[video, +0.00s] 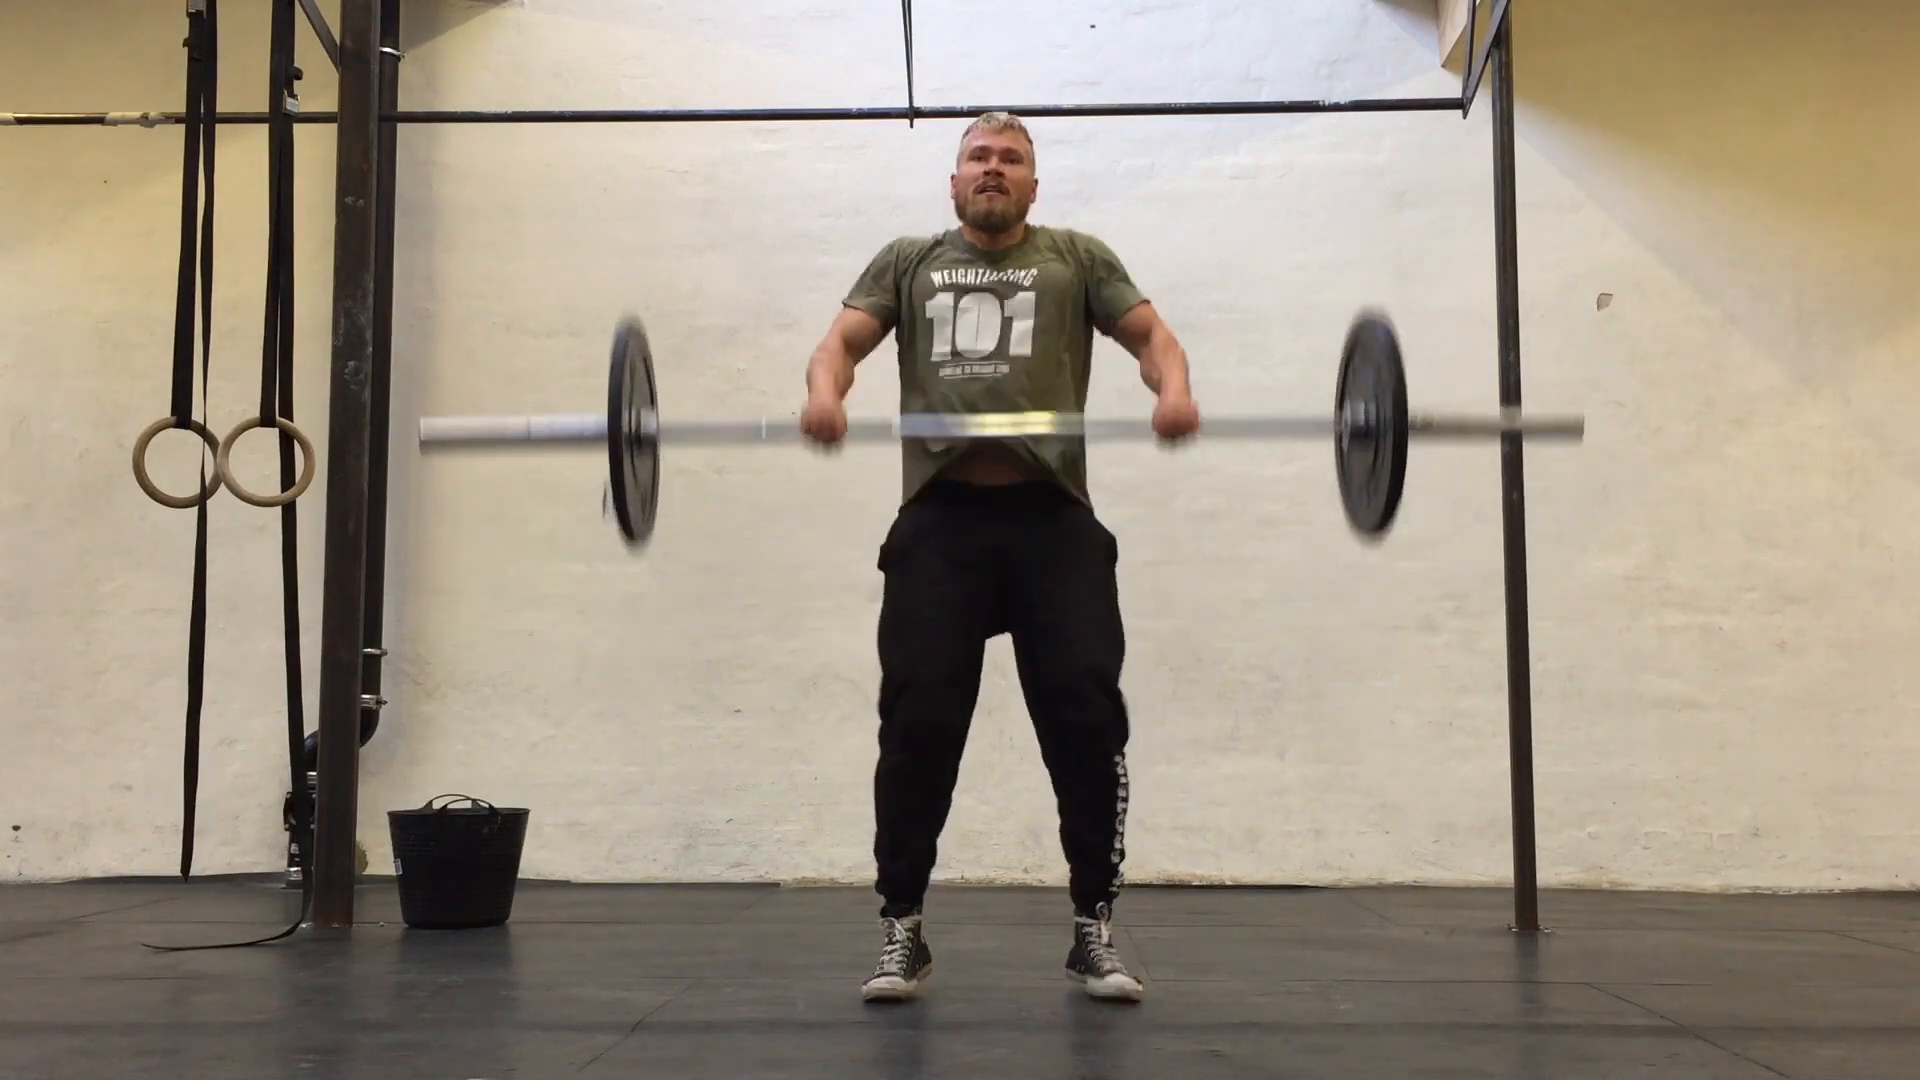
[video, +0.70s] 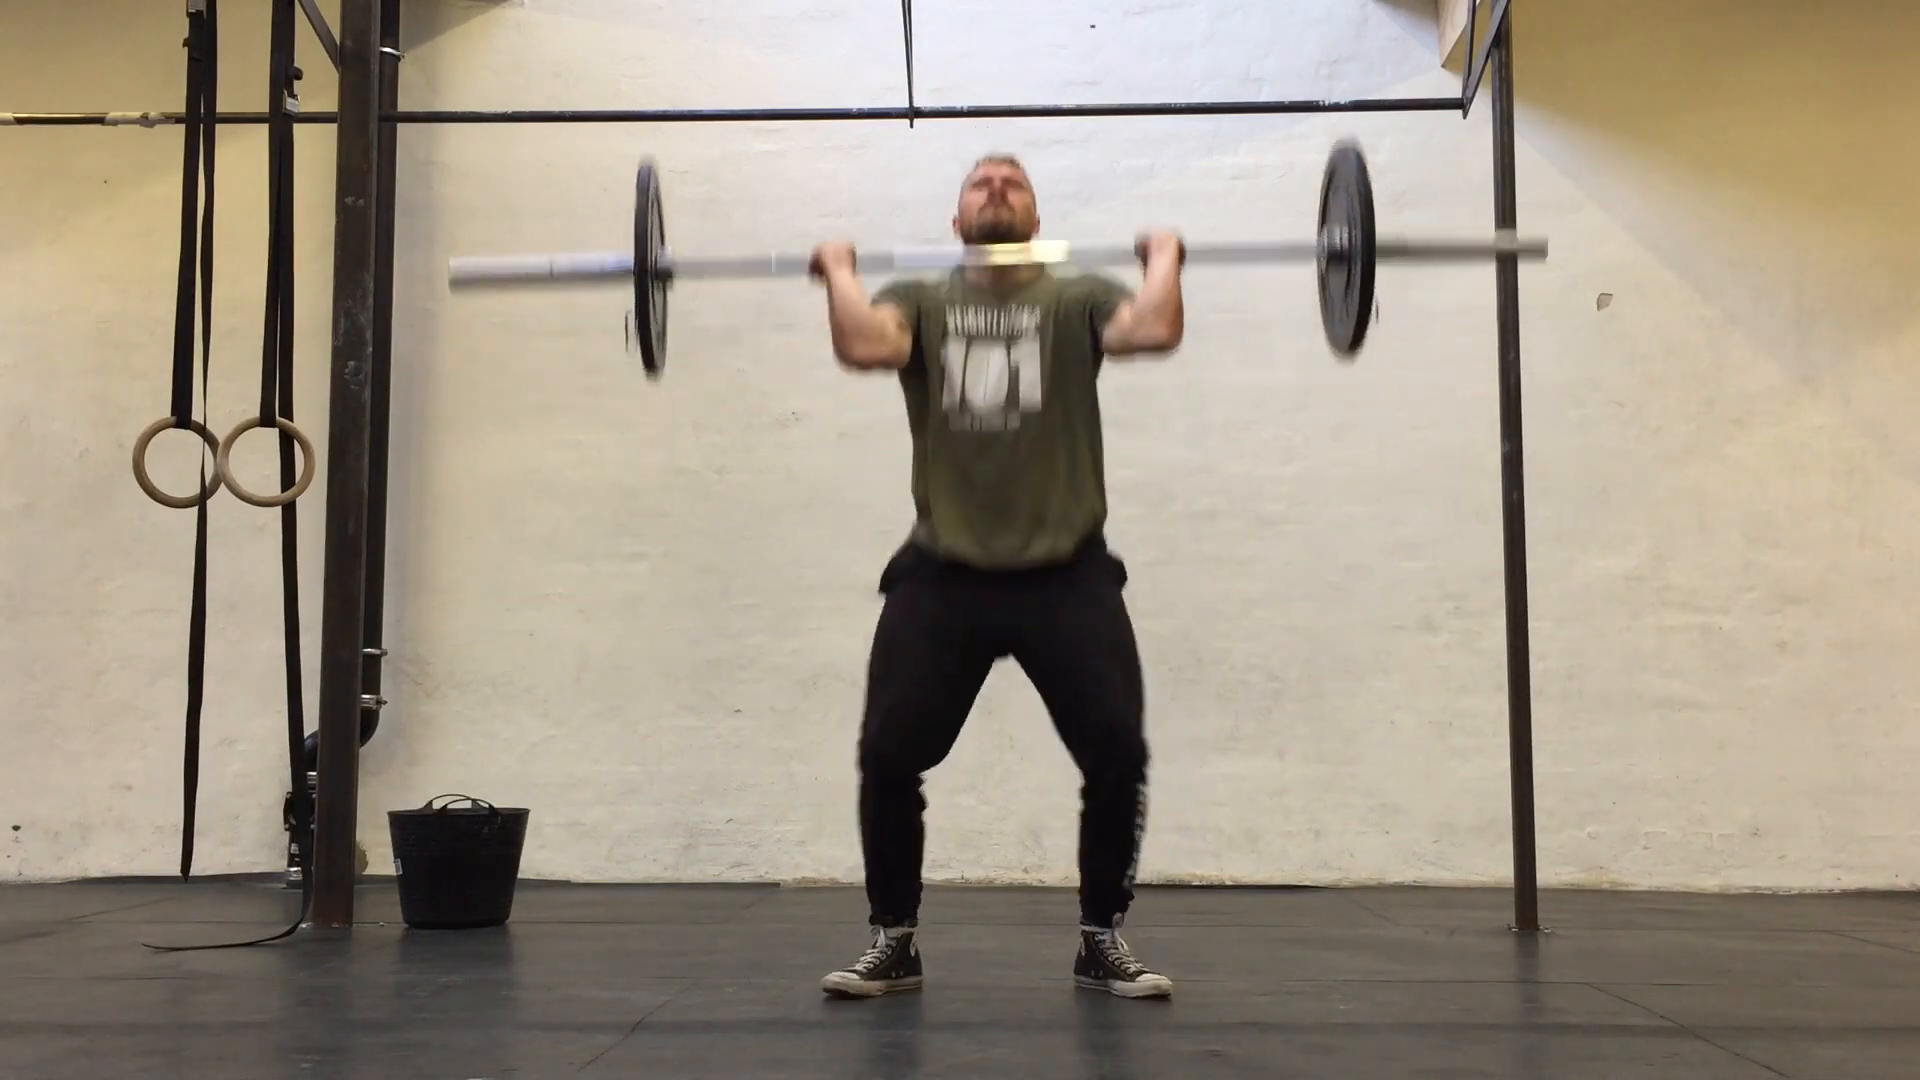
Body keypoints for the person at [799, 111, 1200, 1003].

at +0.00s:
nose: (992, 167)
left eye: (1010, 157)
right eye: (978, 155)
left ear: (1035, 179)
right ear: (954, 176)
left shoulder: (1078, 258)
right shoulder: (908, 261)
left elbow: (1152, 337)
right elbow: (840, 344)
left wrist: (1174, 391)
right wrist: (825, 395)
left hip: (1054, 525)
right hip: (941, 524)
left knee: (1087, 716)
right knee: (917, 720)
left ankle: (1096, 928)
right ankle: (901, 928)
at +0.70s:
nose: (996, 186)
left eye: (1012, 181)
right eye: (980, 182)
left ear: (1039, 217)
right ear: (956, 219)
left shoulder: (1075, 298)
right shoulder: (923, 302)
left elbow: (1157, 331)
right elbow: (862, 345)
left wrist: (1163, 258)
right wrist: (839, 270)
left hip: (1066, 577)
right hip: (944, 576)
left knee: (1118, 756)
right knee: (887, 757)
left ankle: (1102, 947)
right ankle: (893, 946)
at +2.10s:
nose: (1009, 156)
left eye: (1025, 146)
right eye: (993, 145)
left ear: (1048, 173)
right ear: (966, 172)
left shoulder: (1090, 262)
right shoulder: (924, 263)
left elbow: (1194, 332)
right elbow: (820, 332)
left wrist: (1183, 416)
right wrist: (839, 406)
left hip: (1068, 526)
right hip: (957, 526)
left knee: (1099, 724)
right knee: (927, 723)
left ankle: (1110, 927)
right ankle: (902, 929)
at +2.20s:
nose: (1007, 174)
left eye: (1023, 164)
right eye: (991, 163)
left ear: (1048, 194)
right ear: (964, 193)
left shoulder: (1096, 298)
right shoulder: (918, 301)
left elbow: (1170, 402)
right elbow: (844, 403)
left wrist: (1179, 524)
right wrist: (843, 514)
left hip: (1074, 567)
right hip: (951, 568)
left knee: (1110, 750)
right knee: (918, 752)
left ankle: (1106, 936)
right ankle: (904, 938)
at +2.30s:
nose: (1005, 198)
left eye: (1023, 189)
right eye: (989, 188)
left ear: (1048, 222)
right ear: (963, 220)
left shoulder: (1100, 336)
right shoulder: (912, 335)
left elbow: (1147, 460)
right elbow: (867, 457)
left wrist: (1174, 585)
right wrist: (846, 582)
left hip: (1070, 580)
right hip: (944, 580)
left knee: (1112, 745)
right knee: (909, 749)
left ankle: (1105, 938)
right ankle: (902, 940)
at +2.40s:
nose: (1005, 226)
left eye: (1022, 216)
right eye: (989, 215)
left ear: (1048, 250)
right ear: (963, 249)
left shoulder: (1102, 364)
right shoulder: (911, 361)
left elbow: (1146, 488)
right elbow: (870, 486)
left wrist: (1173, 613)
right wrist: (845, 613)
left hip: (1066, 582)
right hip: (942, 582)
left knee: (1111, 740)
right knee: (904, 738)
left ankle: (1107, 938)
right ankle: (900, 938)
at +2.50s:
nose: (1004, 238)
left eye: (1021, 229)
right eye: (988, 228)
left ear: (1048, 262)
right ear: (962, 261)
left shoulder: (1100, 374)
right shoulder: (911, 373)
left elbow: (1144, 498)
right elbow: (871, 496)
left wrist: (1173, 624)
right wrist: (844, 626)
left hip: (1062, 579)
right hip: (942, 579)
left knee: (1106, 733)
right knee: (906, 730)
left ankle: (1106, 935)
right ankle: (898, 935)